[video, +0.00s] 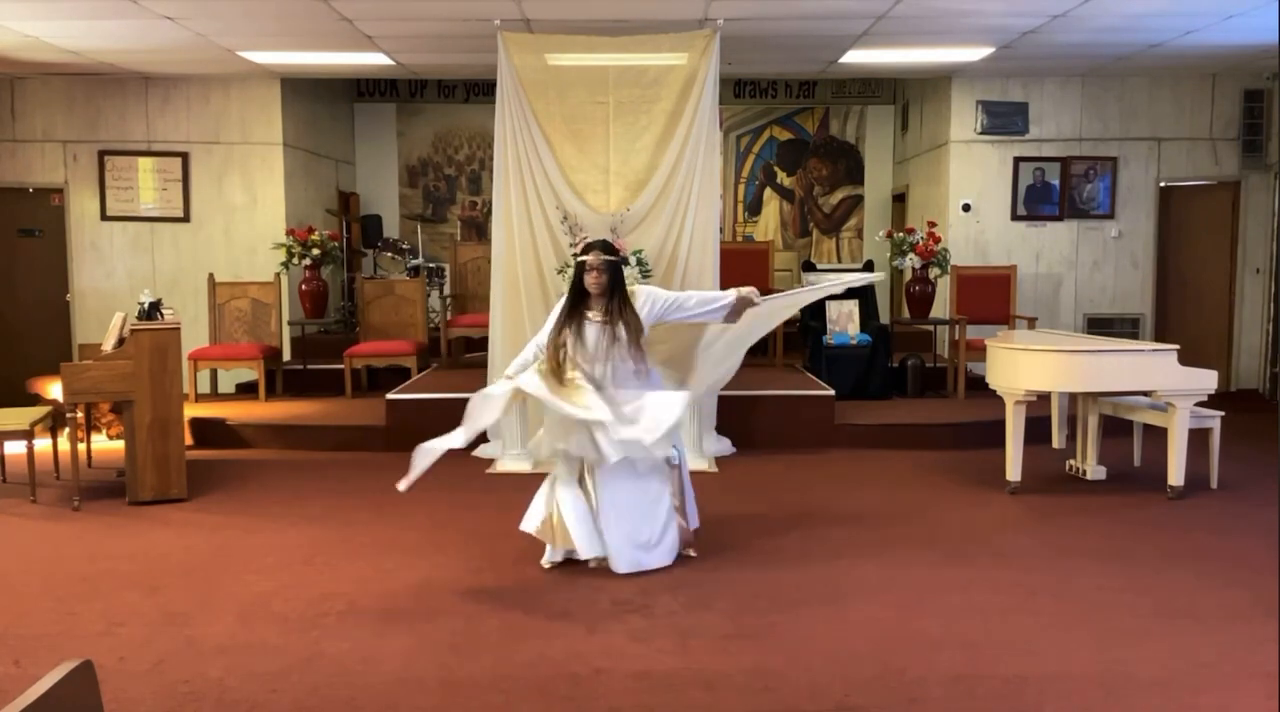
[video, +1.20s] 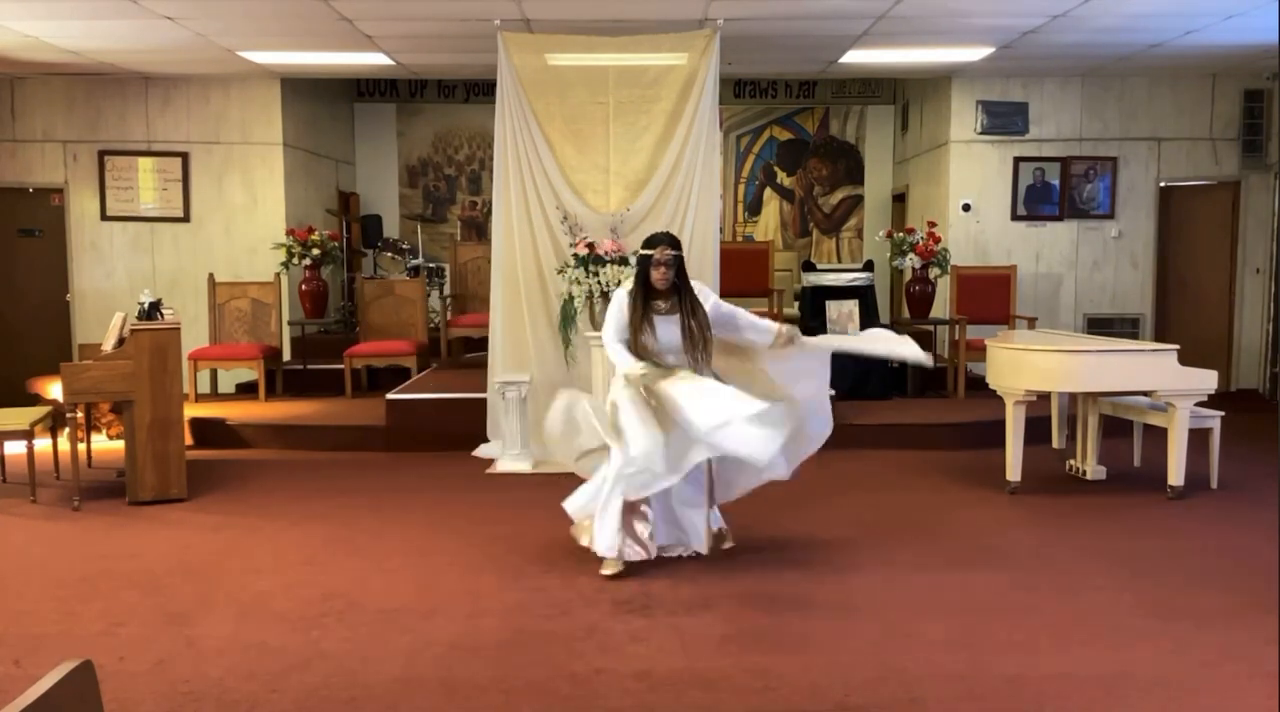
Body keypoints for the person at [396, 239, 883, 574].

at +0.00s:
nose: (594, 275)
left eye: (602, 268)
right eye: (588, 269)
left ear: (616, 271)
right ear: (578, 274)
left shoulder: (638, 301)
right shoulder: (570, 315)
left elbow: (686, 303)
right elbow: (534, 354)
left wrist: (733, 296)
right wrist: (503, 387)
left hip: (638, 397)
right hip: (589, 402)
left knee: (643, 466)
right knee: (580, 468)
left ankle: (645, 542)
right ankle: (580, 545)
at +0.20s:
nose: (610, 276)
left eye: (616, 269)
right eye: (603, 269)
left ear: (625, 273)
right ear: (589, 273)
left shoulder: (638, 304)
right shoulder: (572, 309)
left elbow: (680, 328)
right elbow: (542, 343)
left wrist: (721, 335)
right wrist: (523, 368)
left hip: (632, 391)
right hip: (583, 395)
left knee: (652, 459)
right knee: (574, 462)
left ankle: (661, 539)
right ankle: (565, 542)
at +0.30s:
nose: (618, 275)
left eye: (624, 268)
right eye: (611, 268)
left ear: (632, 270)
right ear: (596, 269)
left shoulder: (640, 304)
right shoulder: (575, 300)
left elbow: (660, 339)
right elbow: (539, 331)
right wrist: (515, 350)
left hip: (631, 396)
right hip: (582, 397)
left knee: (646, 466)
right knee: (579, 467)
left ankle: (652, 542)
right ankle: (570, 544)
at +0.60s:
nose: (632, 270)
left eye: (638, 262)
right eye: (624, 262)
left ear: (647, 264)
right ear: (609, 263)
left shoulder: (654, 301)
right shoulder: (586, 290)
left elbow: (682, 343)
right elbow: (545, 301)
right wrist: (498, 304)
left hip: (627, 389)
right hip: (576, 386)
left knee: (653, 451)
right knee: (564, 457)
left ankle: (666, 537)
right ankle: (555, 542)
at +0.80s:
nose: (646, 267)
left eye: (651, 259)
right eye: (638, 260)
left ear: (659, 263)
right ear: (622, 264)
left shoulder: (668, 301)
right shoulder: (607, 298)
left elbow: (700, 335)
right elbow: (585, 344)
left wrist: (732, 355)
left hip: (652, 397)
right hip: (604, 397)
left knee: (666, 462)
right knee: (585, 467)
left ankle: (663, 539)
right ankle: (559, 543)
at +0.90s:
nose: (653, 268)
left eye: (658, 260)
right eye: (645, 261)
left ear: (666, 262)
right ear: (630, 263)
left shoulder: (676, 296)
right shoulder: (618, 297)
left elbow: (708, 325)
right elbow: (612, 338)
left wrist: (740, 342)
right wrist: (637, 371)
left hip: (665, 396)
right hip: (616, 393)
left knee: (667, 466)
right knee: (592, 464)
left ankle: (664, 538)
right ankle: (559, 540)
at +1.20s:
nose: (662, 272)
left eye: (669, 265)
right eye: (656, 265)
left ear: (679, 267)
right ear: (643, 267)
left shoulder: (693, 298)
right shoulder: (627, 299)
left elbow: (731, 319)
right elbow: (612, 341)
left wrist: (775, 331)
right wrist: (635, 368)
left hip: (689, 384)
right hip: (640, 385)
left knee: (699, 452)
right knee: (641, 457)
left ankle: (708, 524)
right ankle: (612, 545)